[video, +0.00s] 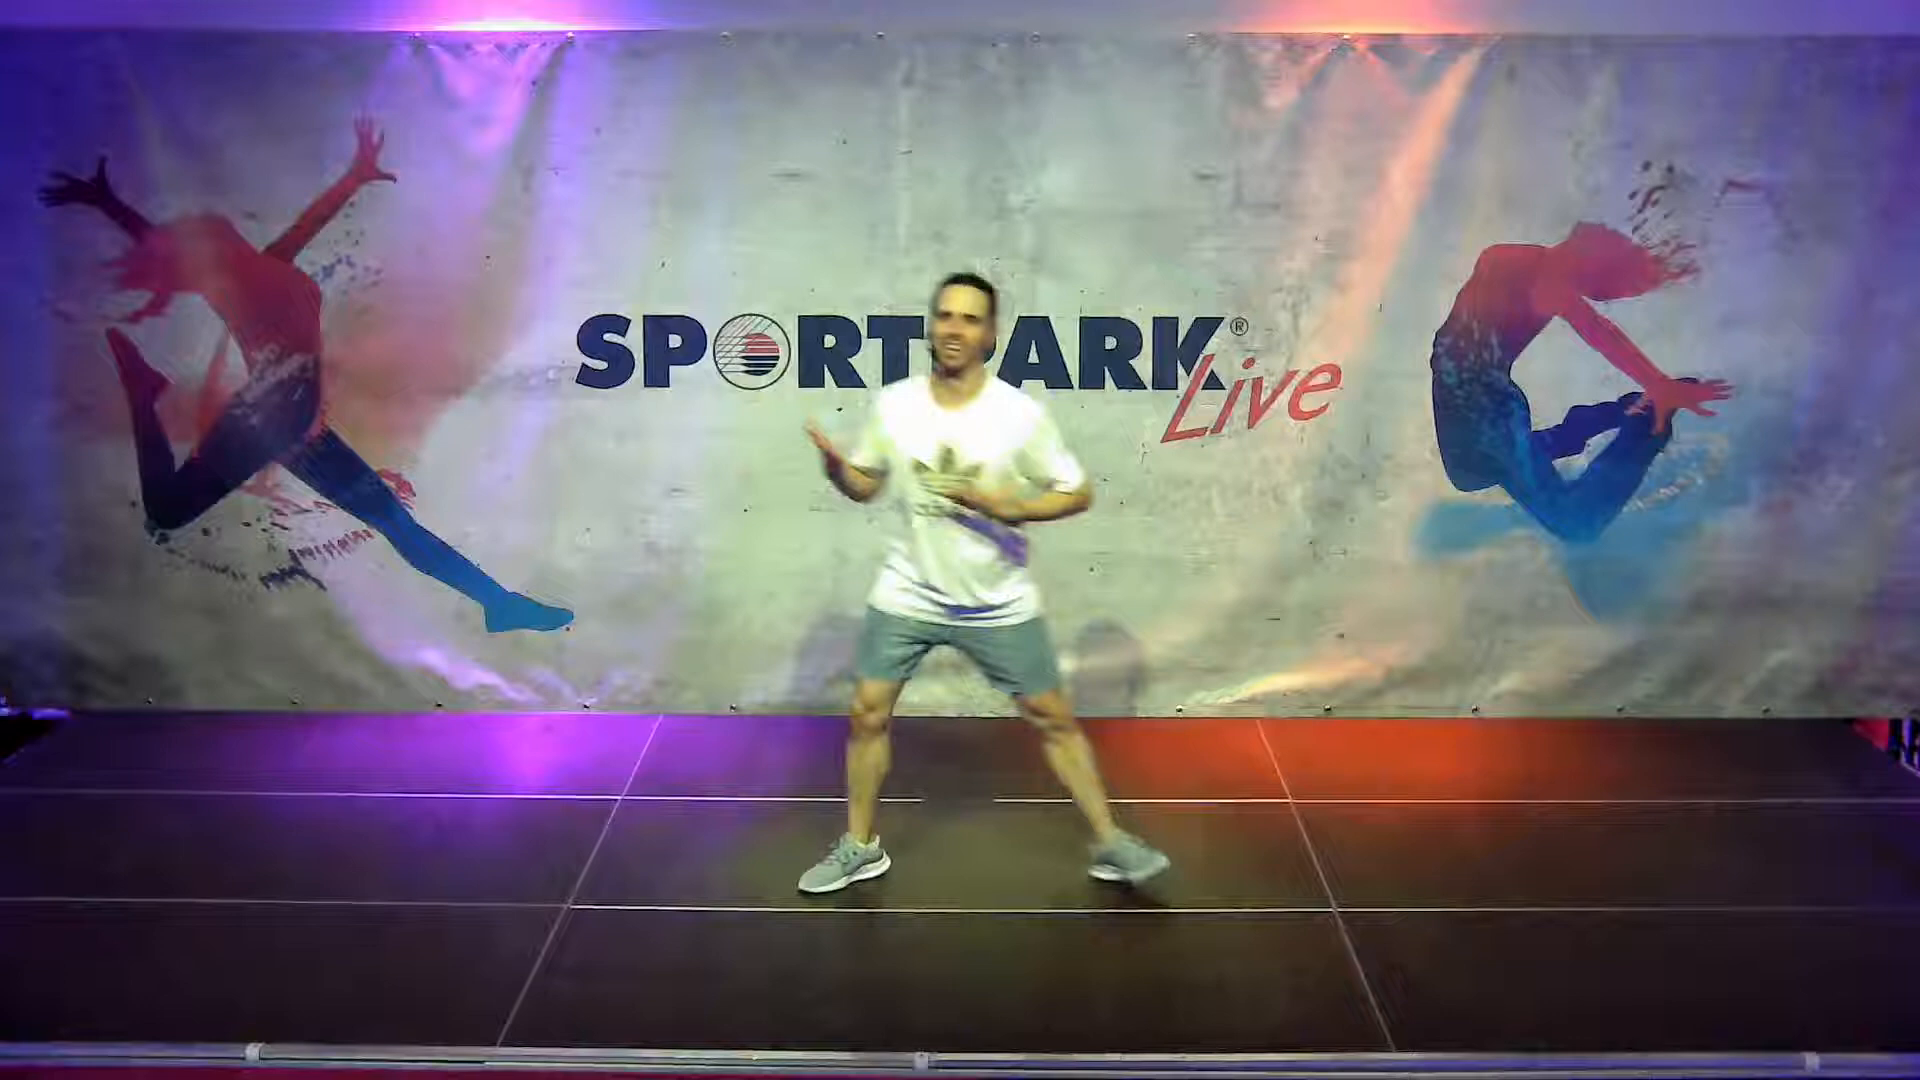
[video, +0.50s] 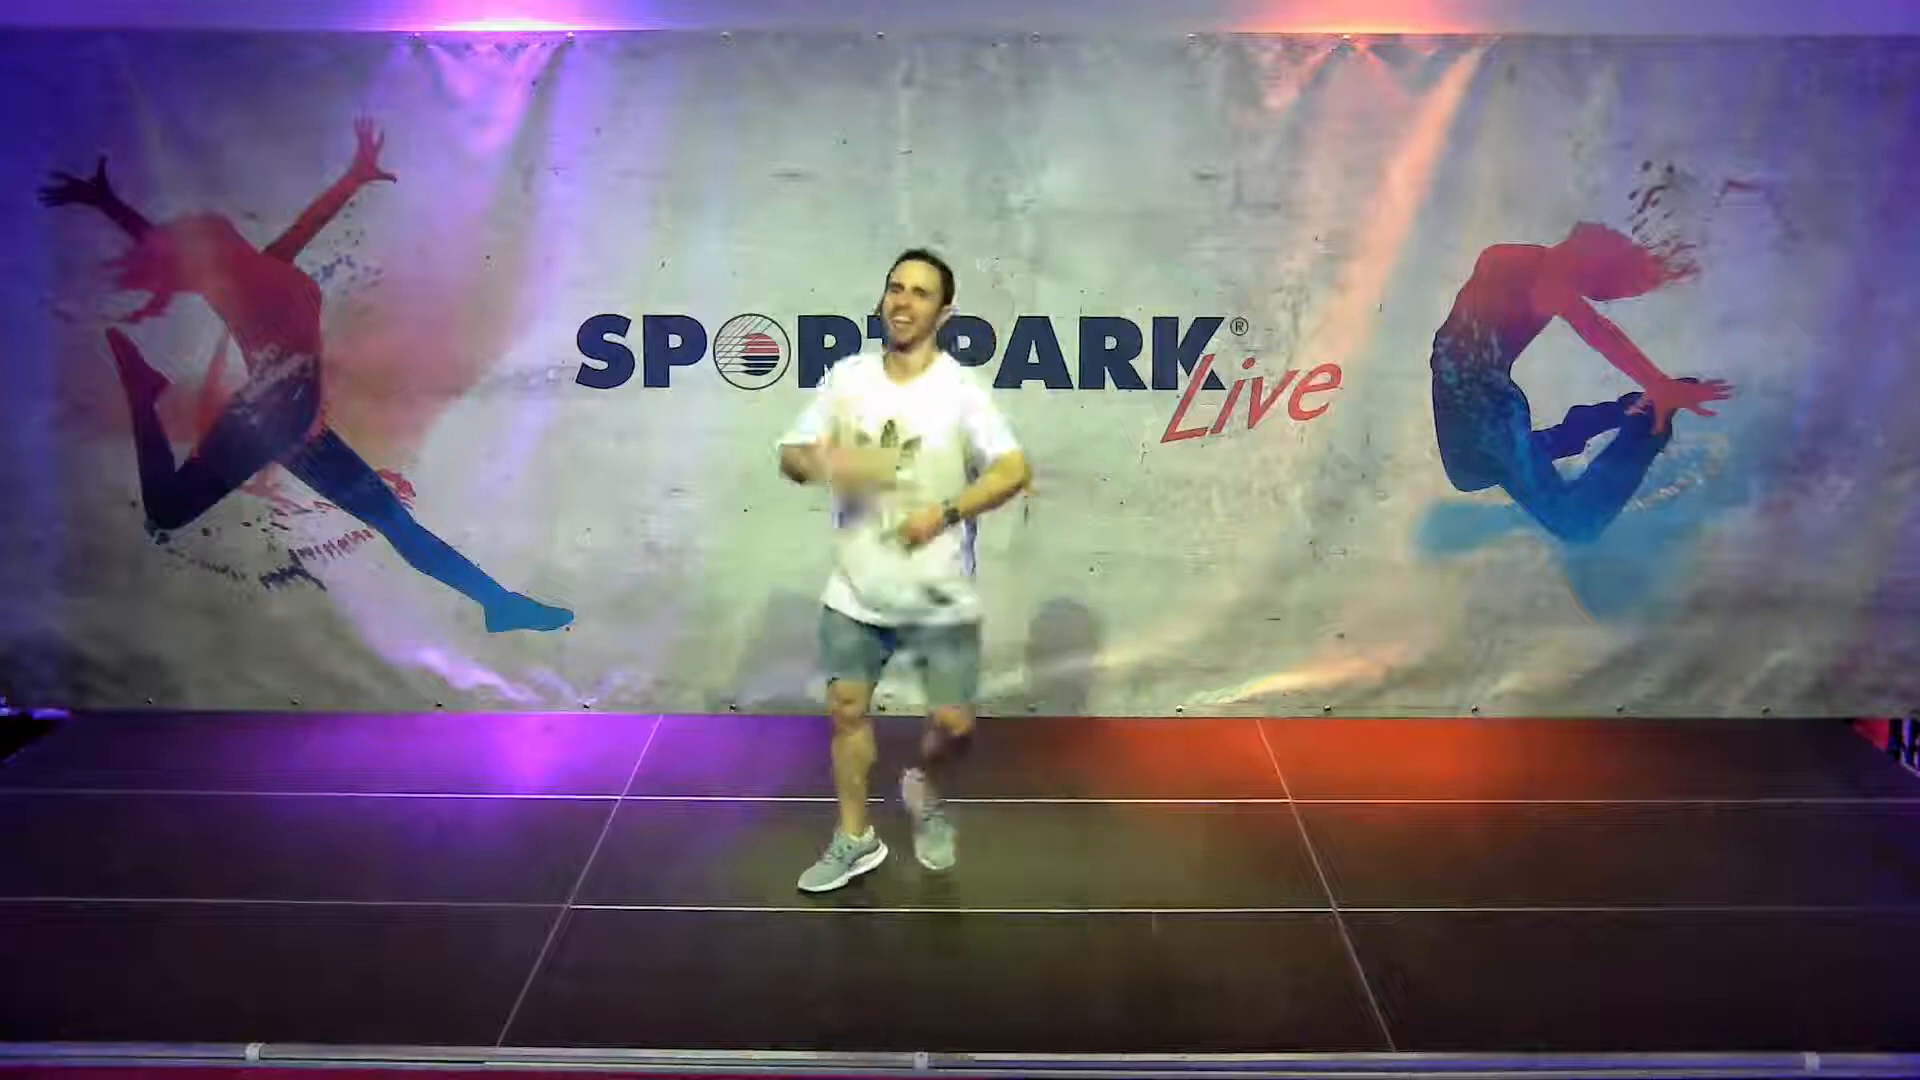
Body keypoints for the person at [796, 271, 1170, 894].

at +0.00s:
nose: (953, 329)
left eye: (968, 320)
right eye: (945, 316)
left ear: (991, 334)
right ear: (929, 325)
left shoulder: (1019, 413)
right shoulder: (897, 404)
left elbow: (1077, 494)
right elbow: (865, 487)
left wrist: (1007, 508)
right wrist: (835, 464)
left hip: (1000, 599)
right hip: (908, 591)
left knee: (1053, 714)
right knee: (867, 711)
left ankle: (1108, 839)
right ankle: (859, 843)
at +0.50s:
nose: (903, 302)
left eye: (919, 294)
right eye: (895, 289)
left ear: (942, 310)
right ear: (882, 300)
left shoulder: (964, 389)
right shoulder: (846, 379)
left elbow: (1013, 470)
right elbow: (792, 458)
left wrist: (945, 513)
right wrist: (835, 466)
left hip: (940, 588)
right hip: (859, 583)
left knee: (955, 725)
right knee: (845, 708)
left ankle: (922, 790)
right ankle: (854, 835)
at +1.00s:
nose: (1049, 319)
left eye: (1063, 309)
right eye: (1038, 306)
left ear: (1079, 324)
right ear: (1016, 316)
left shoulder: (1103, 408)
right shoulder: (973, 402)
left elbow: (1181, 479)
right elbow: (924, 498)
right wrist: (875, 574)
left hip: (1075, 613)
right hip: (982, 611)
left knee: (1097, 743)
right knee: (949, 742)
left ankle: (1106, 895)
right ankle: (943, 853)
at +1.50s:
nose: (1101, 321)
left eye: (1101, 307)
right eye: (1086, 307)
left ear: (1065, 326)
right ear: (1042, 323)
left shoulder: (1062, 397)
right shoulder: (1032, 385)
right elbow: (1085, 322)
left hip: (1065, 613)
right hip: (1035, 615)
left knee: (1102, 762)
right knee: (1088, 765)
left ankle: (1097, 913)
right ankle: (993, 928)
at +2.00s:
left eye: (897, 355)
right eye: (940, 355)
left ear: (888, 365)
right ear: (953, 364)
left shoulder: (856, 451)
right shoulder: (986, 449)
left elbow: (804, 560)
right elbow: (1024, 560)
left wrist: (841, 621)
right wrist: (982, 607)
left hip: (878, 645)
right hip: (967, 647)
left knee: (850, 786)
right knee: (988, 799)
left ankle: (840, 938)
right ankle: (984, 960)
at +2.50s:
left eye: (889, 310)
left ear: (879, 323)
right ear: (941, 325)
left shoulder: (850, 375)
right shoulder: (956, 388)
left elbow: (855, 296)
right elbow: (973, 305)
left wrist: (898, 241)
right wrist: (940, 243)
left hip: (849, 575)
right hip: (926, 578)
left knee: (872, 739)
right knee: (922, 706)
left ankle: (894, 895)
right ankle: (919, 798)